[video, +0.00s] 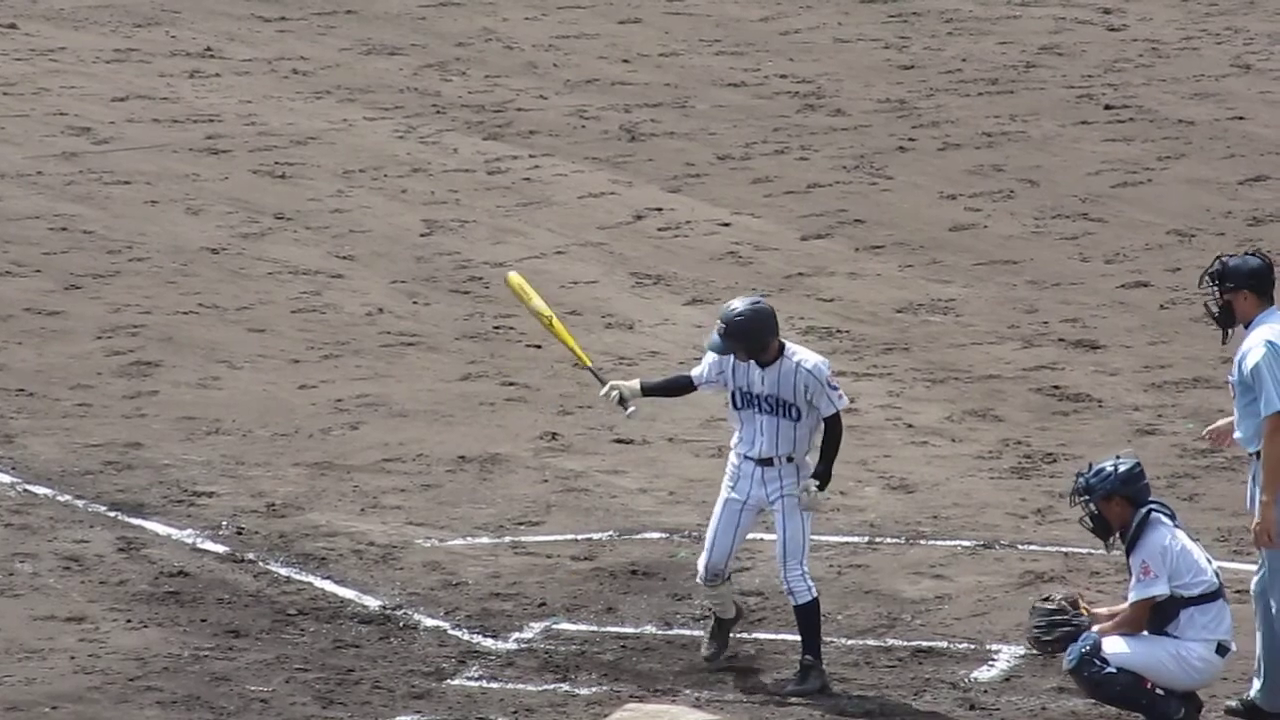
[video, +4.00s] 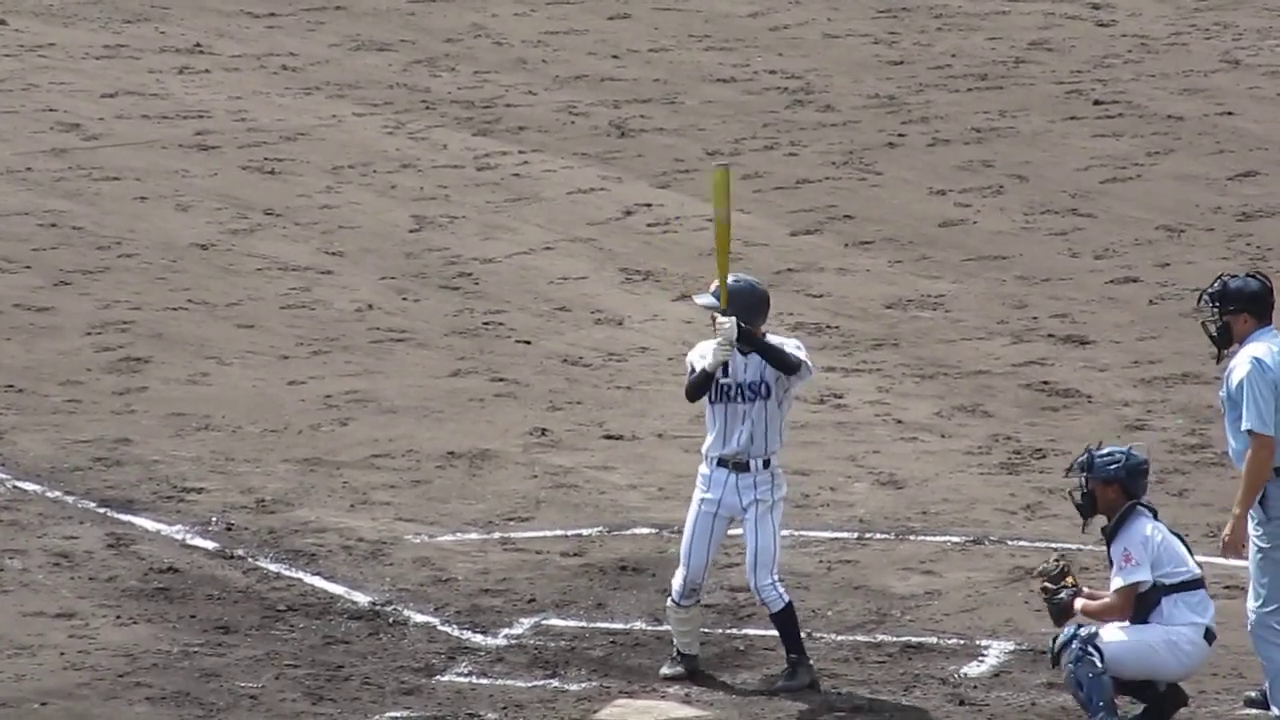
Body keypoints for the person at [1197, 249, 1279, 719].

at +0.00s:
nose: (1218, 301)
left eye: (1223, 293)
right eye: (1218, 292)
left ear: (1245, 296)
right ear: (1254, 295)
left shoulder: (1262, 349)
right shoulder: (1265, 333)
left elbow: (1272, 430)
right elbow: (1267, 405)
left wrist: (1268, 507)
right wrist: (1236, 424)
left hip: (1272, 482)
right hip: (1268, 476)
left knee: (1270, 589)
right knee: (1267, 586)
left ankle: (1269, 695)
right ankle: (1266, 690)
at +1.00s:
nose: (1226, 309)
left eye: (1233, 302)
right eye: (1228, 302)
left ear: (1255, 306)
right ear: (1251, 306)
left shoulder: (1274, 352)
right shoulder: (1235, 352)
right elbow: (1194, 391)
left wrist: (1278, 505)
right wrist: (1156, 346)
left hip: (1275, 485)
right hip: (1253, 483)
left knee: (1277, 600)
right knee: (1258, 599)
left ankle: (1271, 696)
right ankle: (1265, 695)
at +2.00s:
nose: (1230, 321)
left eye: (1233, 313)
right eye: (1229, 313)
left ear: (1253, 315)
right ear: (1261, 312)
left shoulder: (1272, 365)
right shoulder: (1264, 354)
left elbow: (1275, 448)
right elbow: (1259, 410)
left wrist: (1240, 509)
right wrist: (1232, 380)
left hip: (1266, 496)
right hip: (1254, 489)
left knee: (1266, 600)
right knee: (1260, 596)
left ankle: (1269, 694)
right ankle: (1264, 691)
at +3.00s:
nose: (1192, 340)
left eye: (1196, 333)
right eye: (1192, 332)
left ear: (1212, 337)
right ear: (1233, 331)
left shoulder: (1233, 378)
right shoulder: (1261, 359)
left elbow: (1258, 458)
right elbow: (1266, 452)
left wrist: (1238, 523)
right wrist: (1264, 510)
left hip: (1275, 504)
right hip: (1274, 504)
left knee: (1273, 611)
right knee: (1272, 605)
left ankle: (1275, 696)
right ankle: (1274, 693)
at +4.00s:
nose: (1218, 320)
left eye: (1223, 313)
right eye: (1219, 312)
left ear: (1241, 317)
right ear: (1257, 315)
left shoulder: (1254, 363)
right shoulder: (1265, 348)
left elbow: (1263, 446)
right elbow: (1263, 444)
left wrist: (1239, 514)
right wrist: (1247, 512)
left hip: (1270, 505)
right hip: (1266, 501)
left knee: (1265, 614)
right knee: (1264, 606)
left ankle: (1275, 698)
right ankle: (1273, 689)